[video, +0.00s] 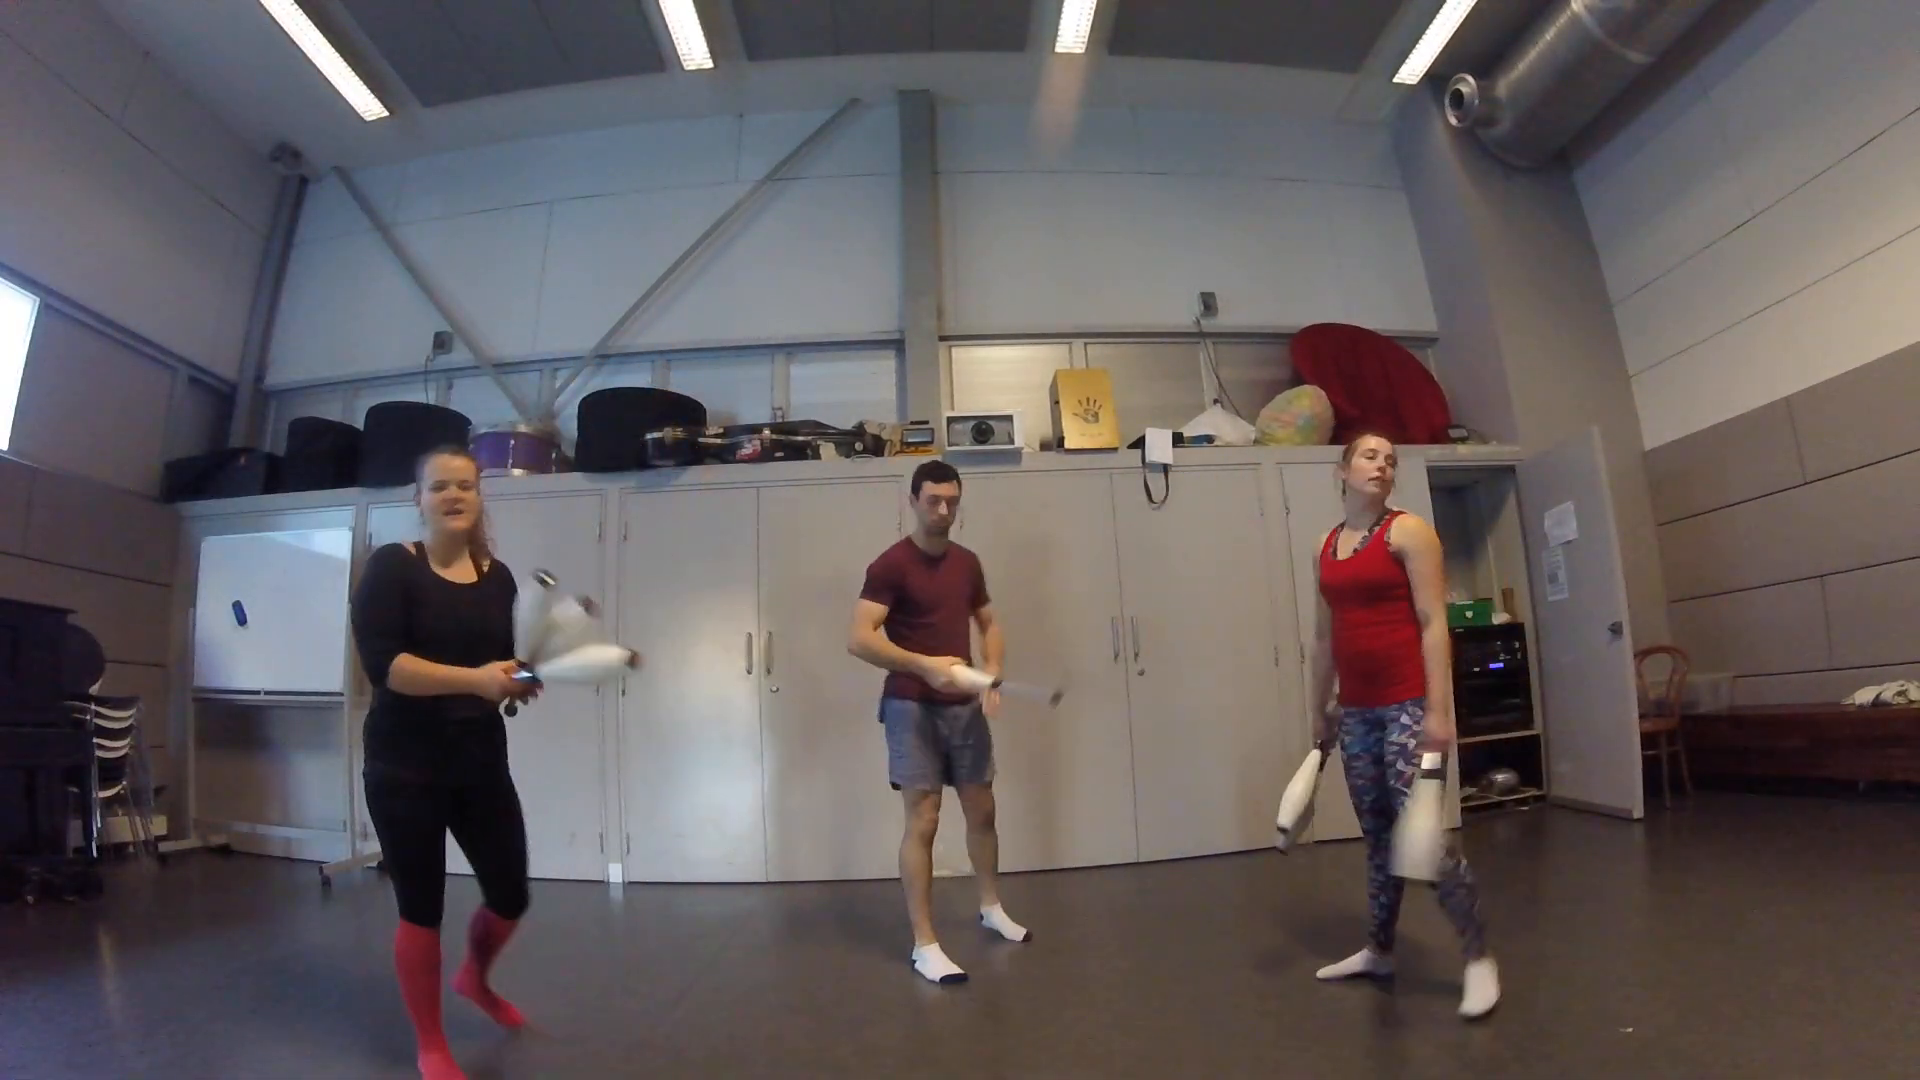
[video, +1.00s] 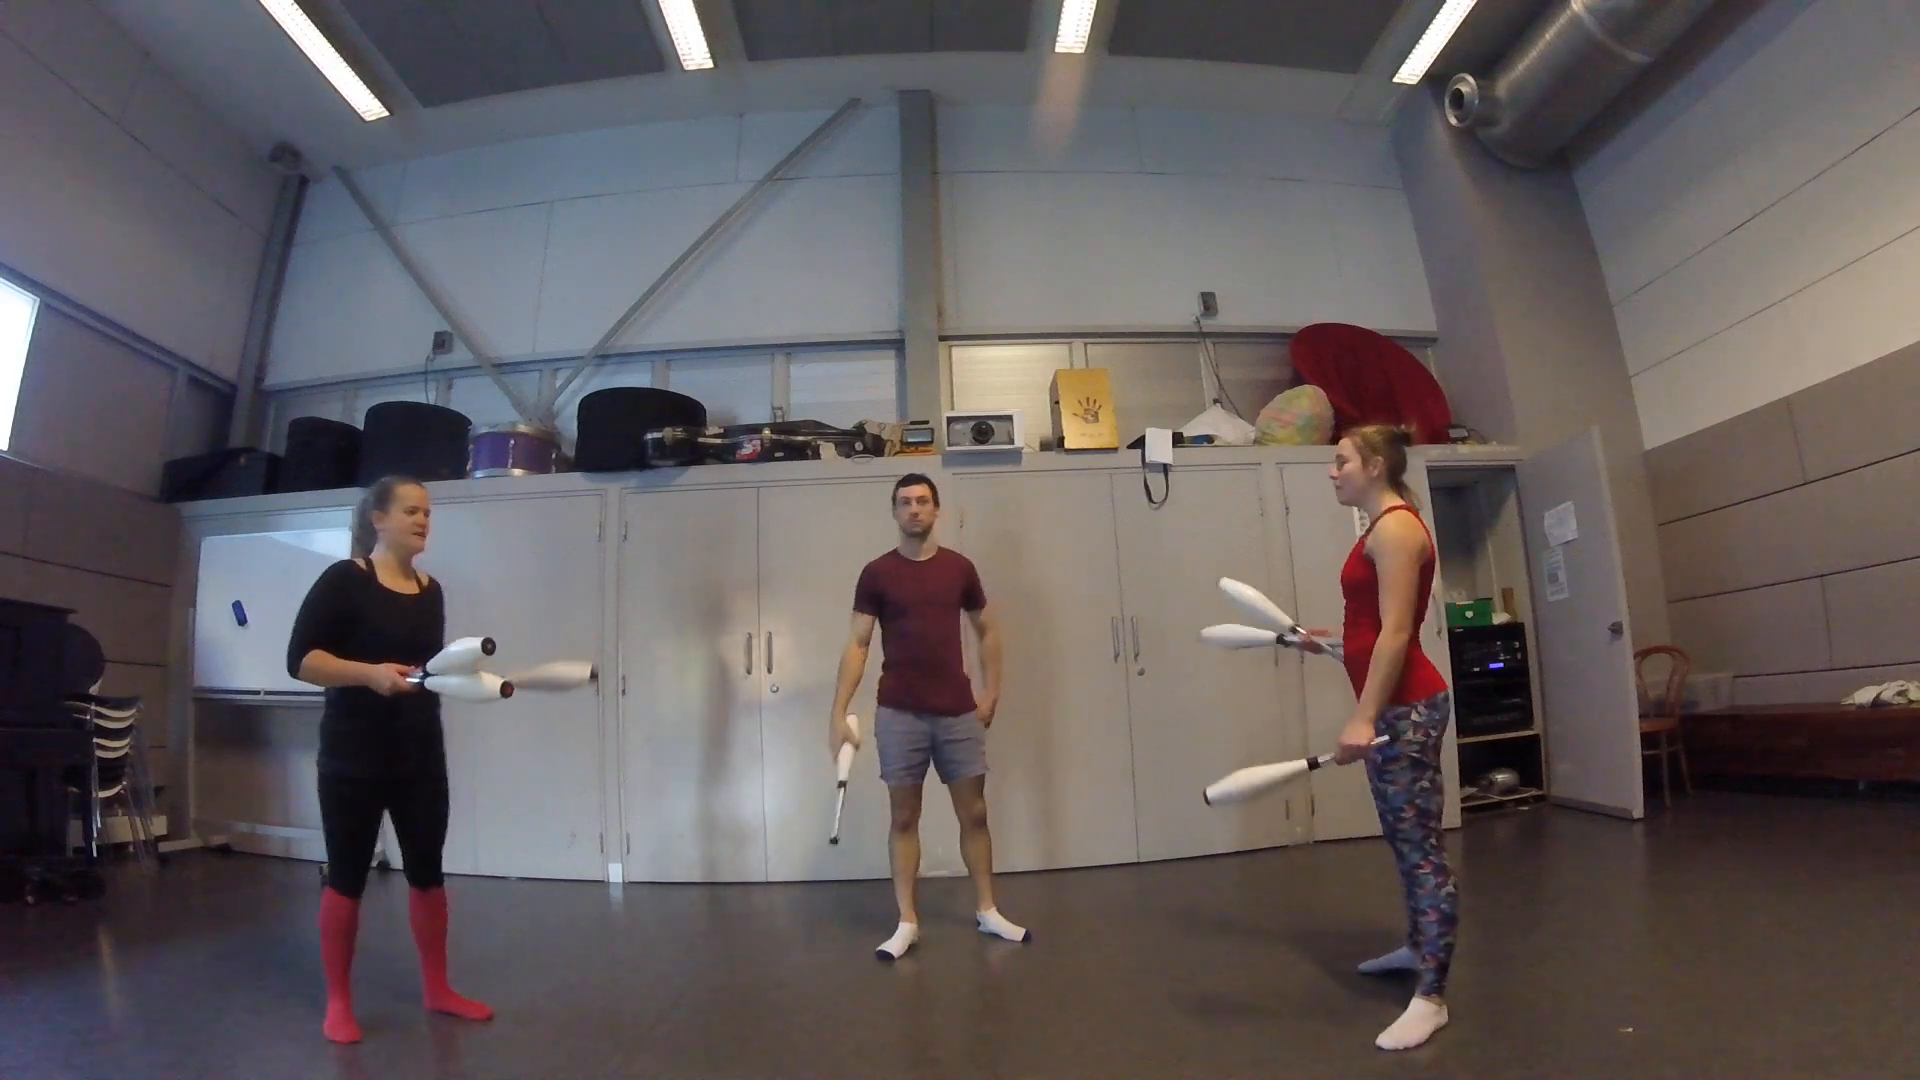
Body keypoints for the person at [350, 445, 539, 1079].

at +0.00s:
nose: (455, 496)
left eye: (465, 485)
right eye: (441, 486)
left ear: (481, 497)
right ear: (419, 499)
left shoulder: (498, 577)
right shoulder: (391, 566)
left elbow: (500, 662)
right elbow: (383, 666)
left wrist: (523, 675)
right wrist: (474, 679)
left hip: (478, 755)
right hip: (403, 759)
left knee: (509, 897)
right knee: (422, 907)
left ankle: (473, 978)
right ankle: (431, 1048)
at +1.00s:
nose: (425, 522)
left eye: (427, 513)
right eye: (413, 512)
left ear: (424, 522)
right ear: (378, 518)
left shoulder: (429, 589)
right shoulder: (342, 580)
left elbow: (434, 667)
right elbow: (301, 660)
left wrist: (478, 681)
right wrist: (368, 673)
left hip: (419, 752)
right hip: (352, 753)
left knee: (427, 872)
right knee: (346, 877)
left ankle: (438, 990)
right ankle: (338, 1001)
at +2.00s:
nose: (454, 525)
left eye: (455, 516)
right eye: (442, 515)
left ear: (452, 529)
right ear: (406, 524)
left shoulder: (452, 591)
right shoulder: (382, 581)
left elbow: (499, 642)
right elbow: (411, 619)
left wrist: (529, 587)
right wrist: (457, 552)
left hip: (458, 751)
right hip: (403, 755)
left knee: (460, 874)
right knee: (421, 878)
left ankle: (465, 986)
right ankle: (407, 1004)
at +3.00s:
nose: (476, 519)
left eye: (476, 510)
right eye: (465, 510)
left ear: (467, 521)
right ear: (429, 520)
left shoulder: (468, 585)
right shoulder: (415, 583)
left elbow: (492, 656)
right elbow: (434, 661)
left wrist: (549, 625)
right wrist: (513, 691)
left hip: (462, 750)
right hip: (412, 753)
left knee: (459, 869)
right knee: (408, 873)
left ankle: (466, 987)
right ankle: (404, 1006)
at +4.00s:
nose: (462, 518)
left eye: (463, 510)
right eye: (449, 510)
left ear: (462, 521)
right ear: (416, 523)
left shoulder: (468, 593)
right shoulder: (401, 582)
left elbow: (500, 663)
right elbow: (423, 645)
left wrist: (565, 661)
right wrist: (504, 610)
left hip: (468, 753)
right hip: (415, 755)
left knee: (465, 872)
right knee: (415, 877)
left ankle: (466, 987)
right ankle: (408, 1010)